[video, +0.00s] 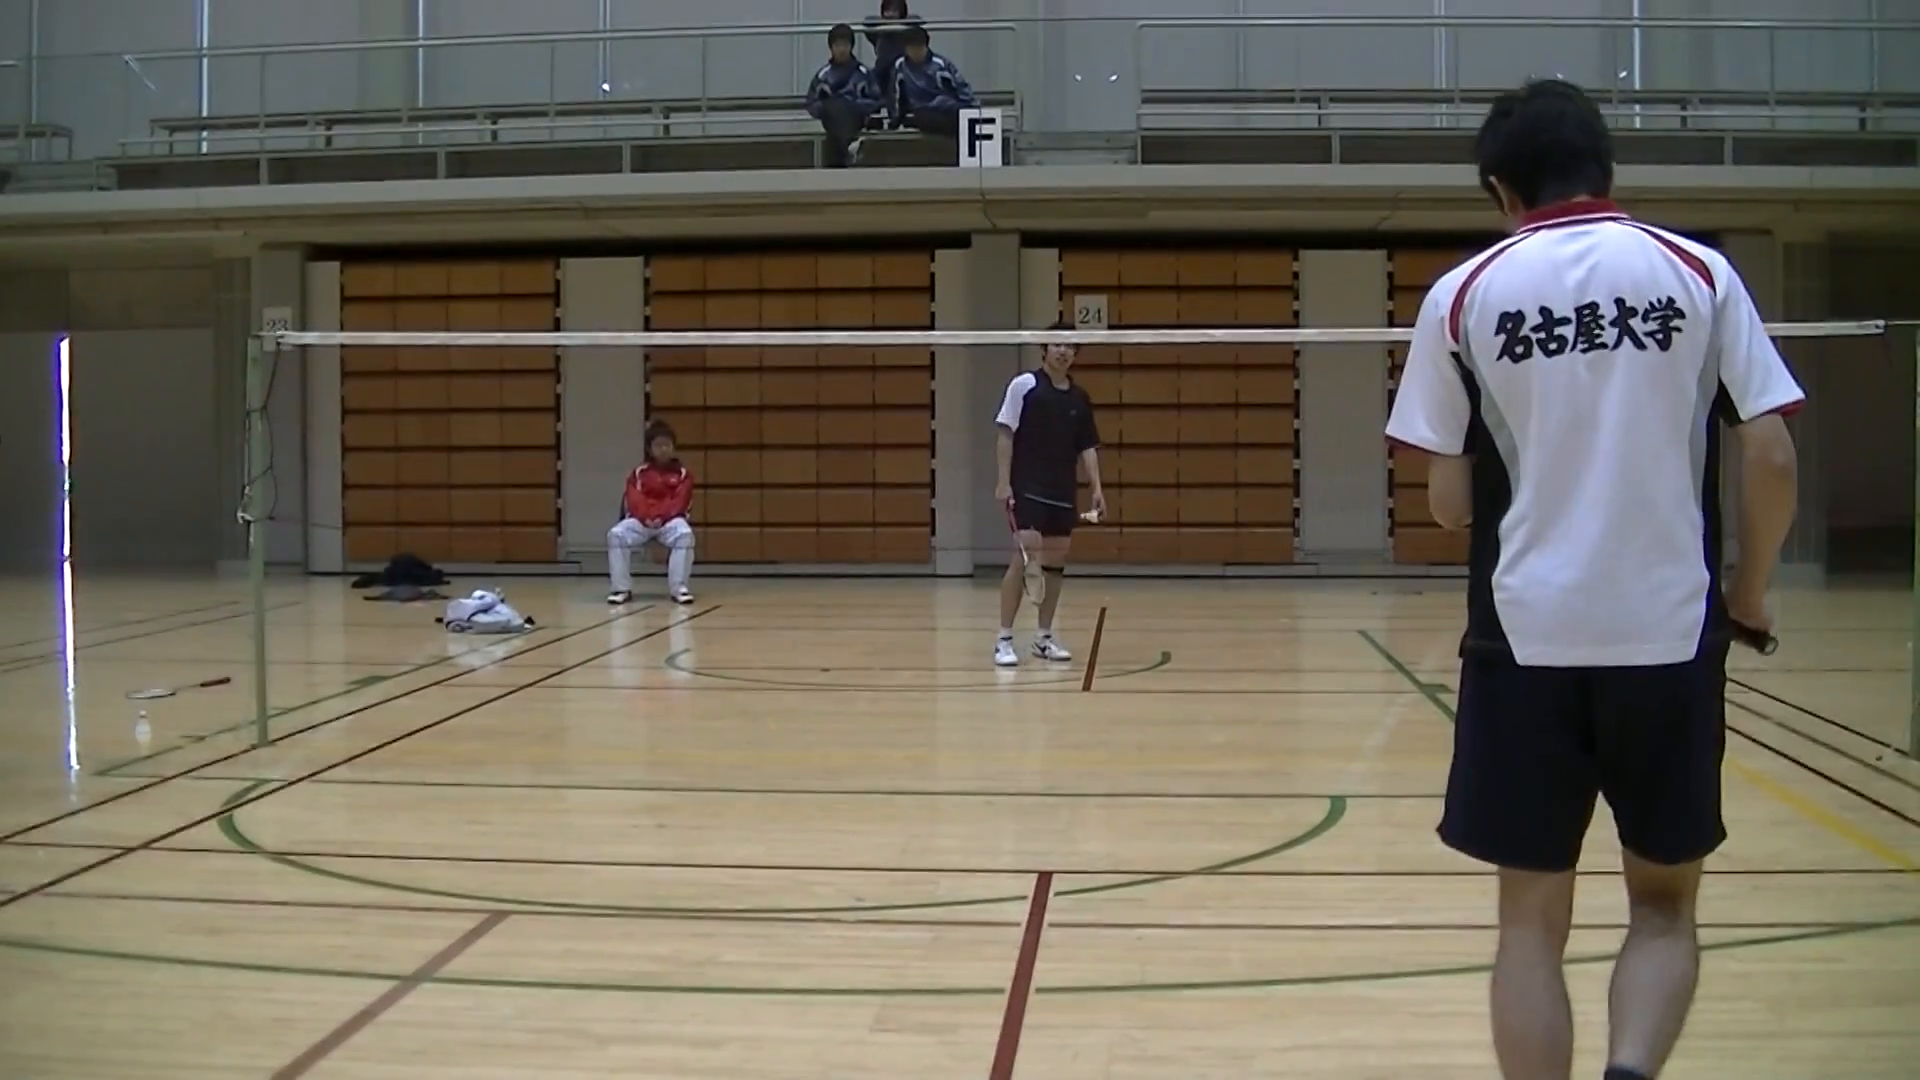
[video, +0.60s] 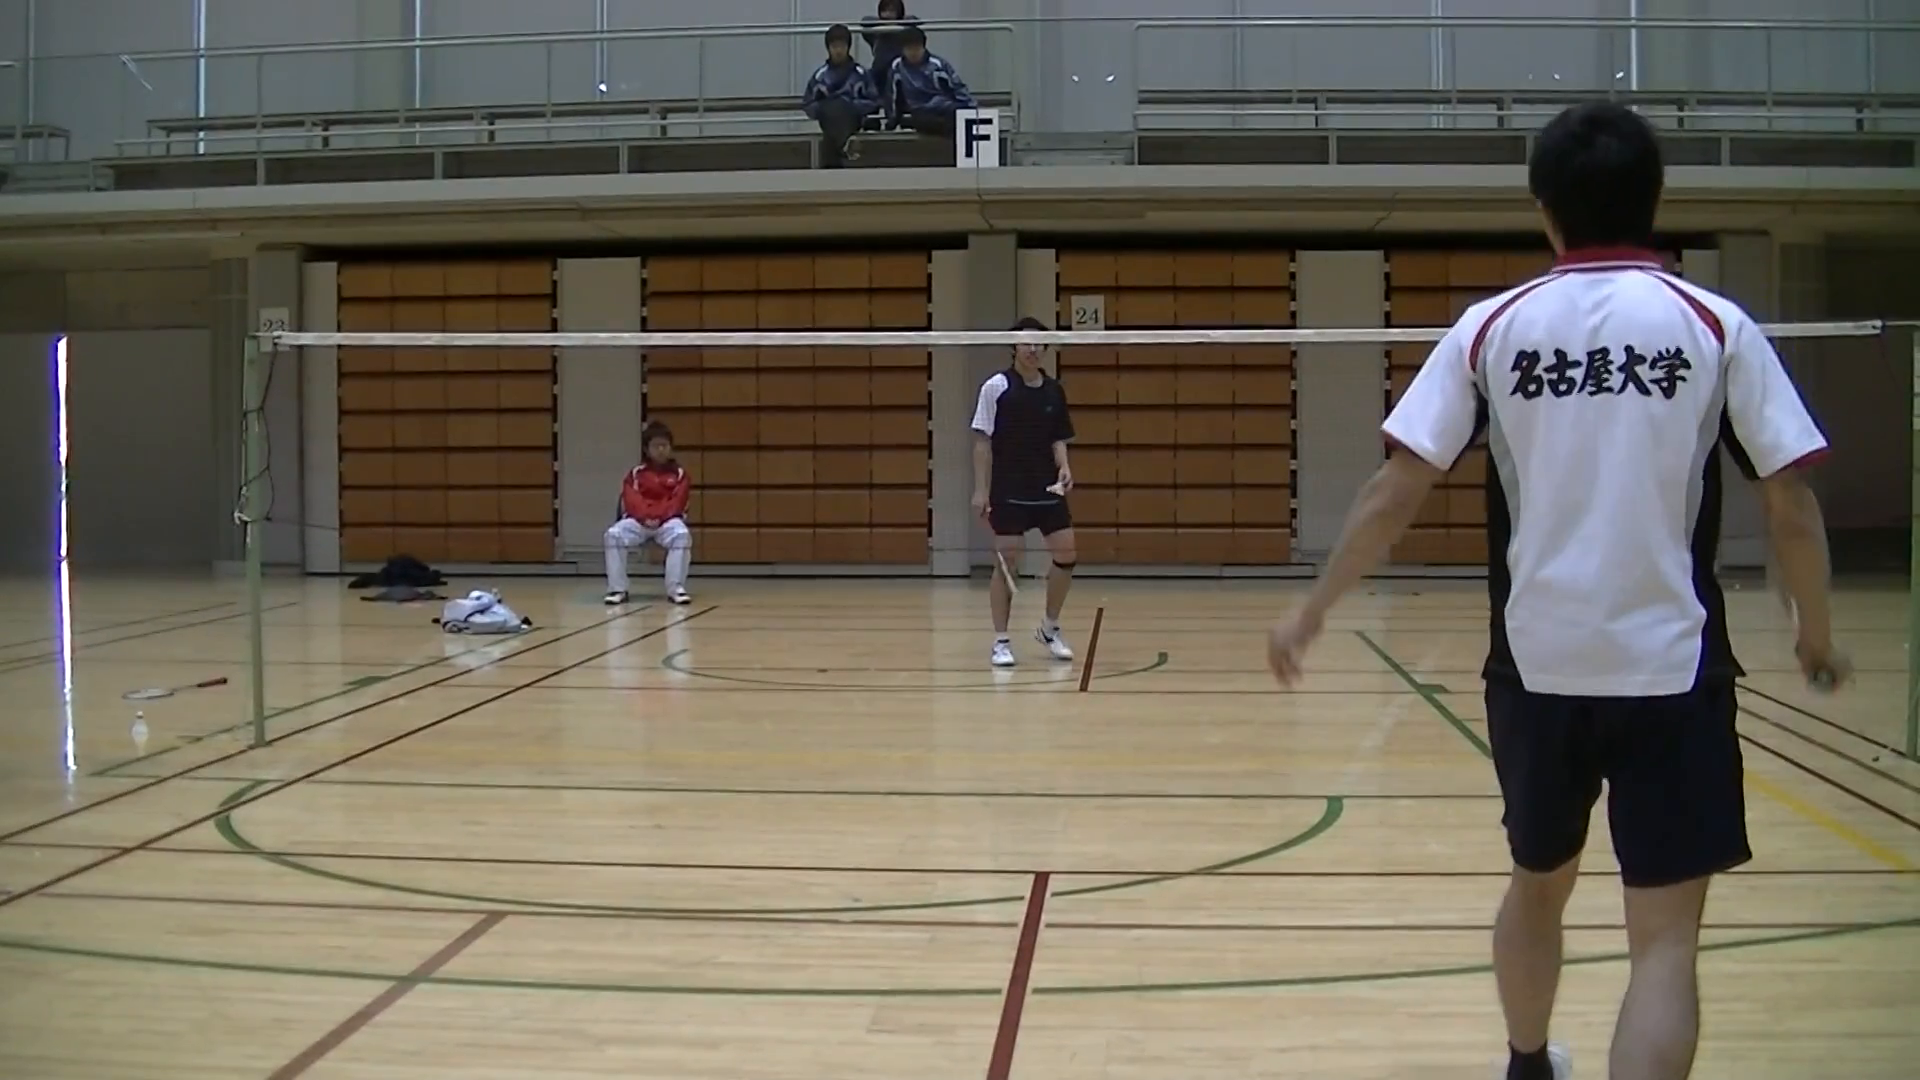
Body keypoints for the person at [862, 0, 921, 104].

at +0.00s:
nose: (890, 14)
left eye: (895, 10)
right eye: (887, 10)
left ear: (902, 12)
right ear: (882, 12)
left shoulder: (906, 29)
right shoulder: (878, 32)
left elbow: (917, 20)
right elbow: (867, 23)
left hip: (902, 66)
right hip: (881, 66)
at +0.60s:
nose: (887, 14)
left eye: (892, 10)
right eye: (884, 10)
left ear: (899, 13)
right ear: (880, 13)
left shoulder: (904, 29)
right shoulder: (875, 32)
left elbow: (915, 20)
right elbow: (865, 22)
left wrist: (897, 23)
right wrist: (883, 22)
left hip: (901, 69)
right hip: (879, 70)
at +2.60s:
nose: (884, 12)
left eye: (889, 9)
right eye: (881, 9)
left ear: (895, 12)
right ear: (876, 12)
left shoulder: (901, 31)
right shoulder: (872, 34)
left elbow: (910, 19)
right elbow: (861, 21)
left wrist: (893, 22)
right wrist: (879, 21)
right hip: (873, 73)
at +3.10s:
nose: (884, 13)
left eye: (888, 9)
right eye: (881, 9)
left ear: (895, 11)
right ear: (876, 11)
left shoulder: (900, 30)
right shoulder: (871, 33)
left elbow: (909, 18)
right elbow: (860, 21)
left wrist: (892, 22)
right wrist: (878, 21)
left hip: (896, 67)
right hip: (874, 68)